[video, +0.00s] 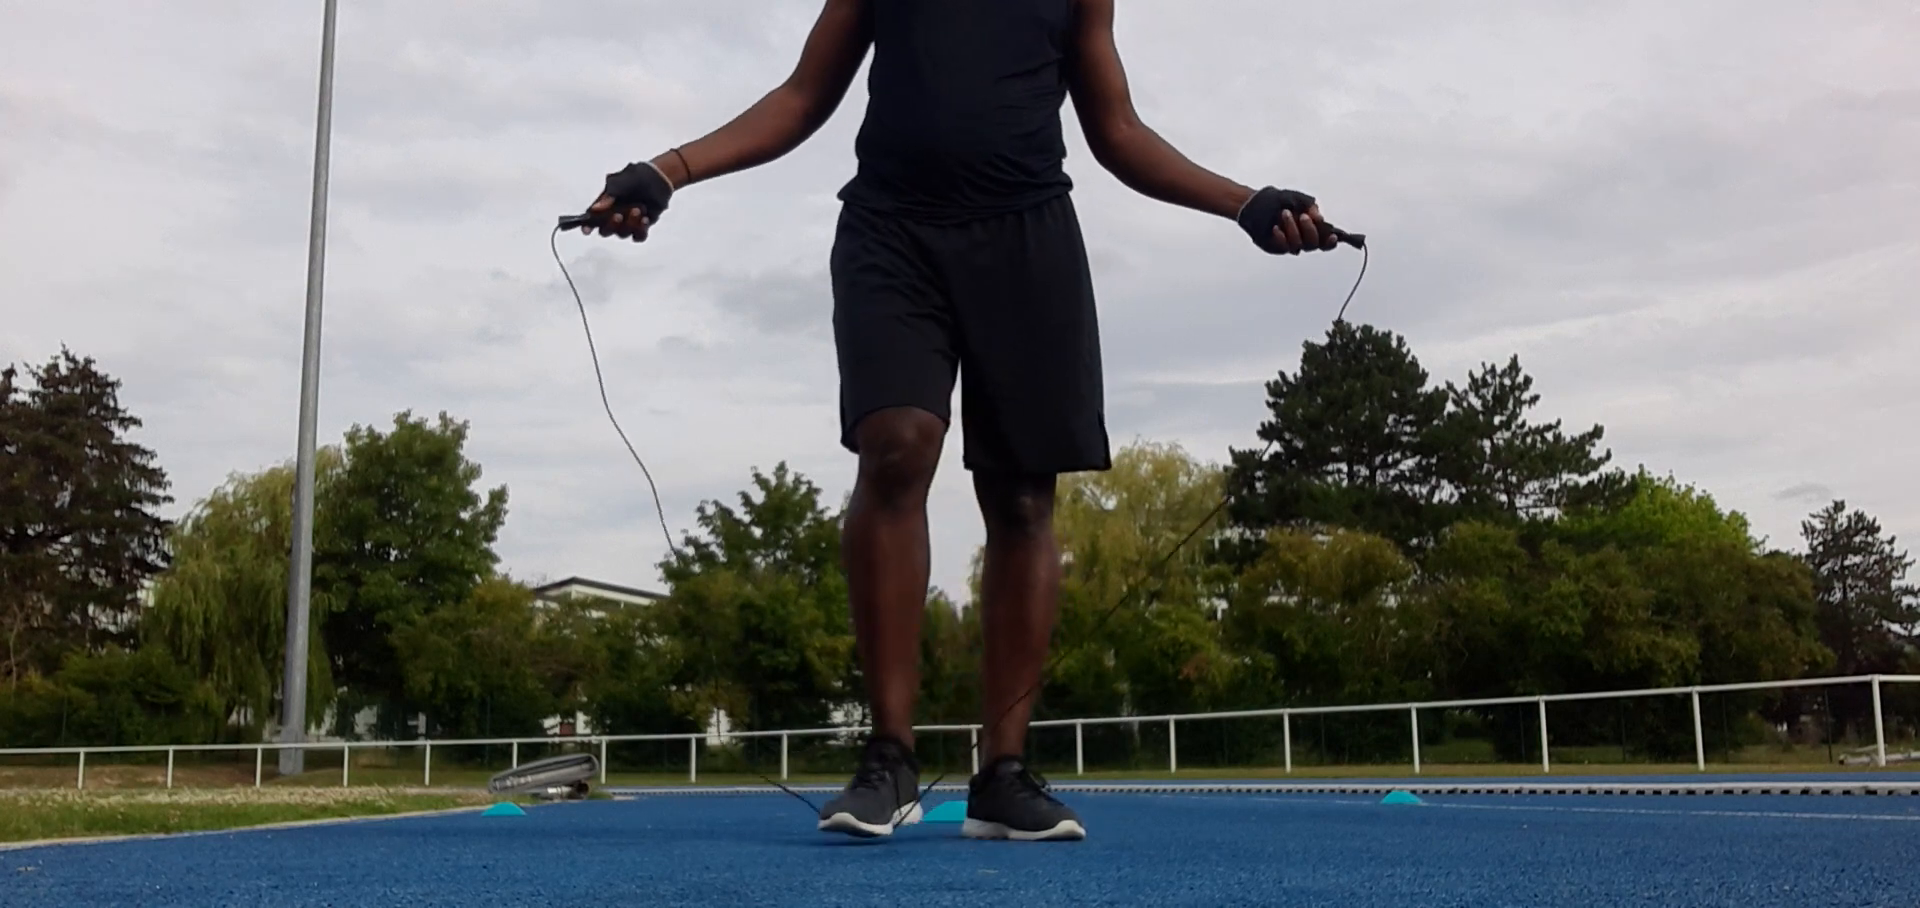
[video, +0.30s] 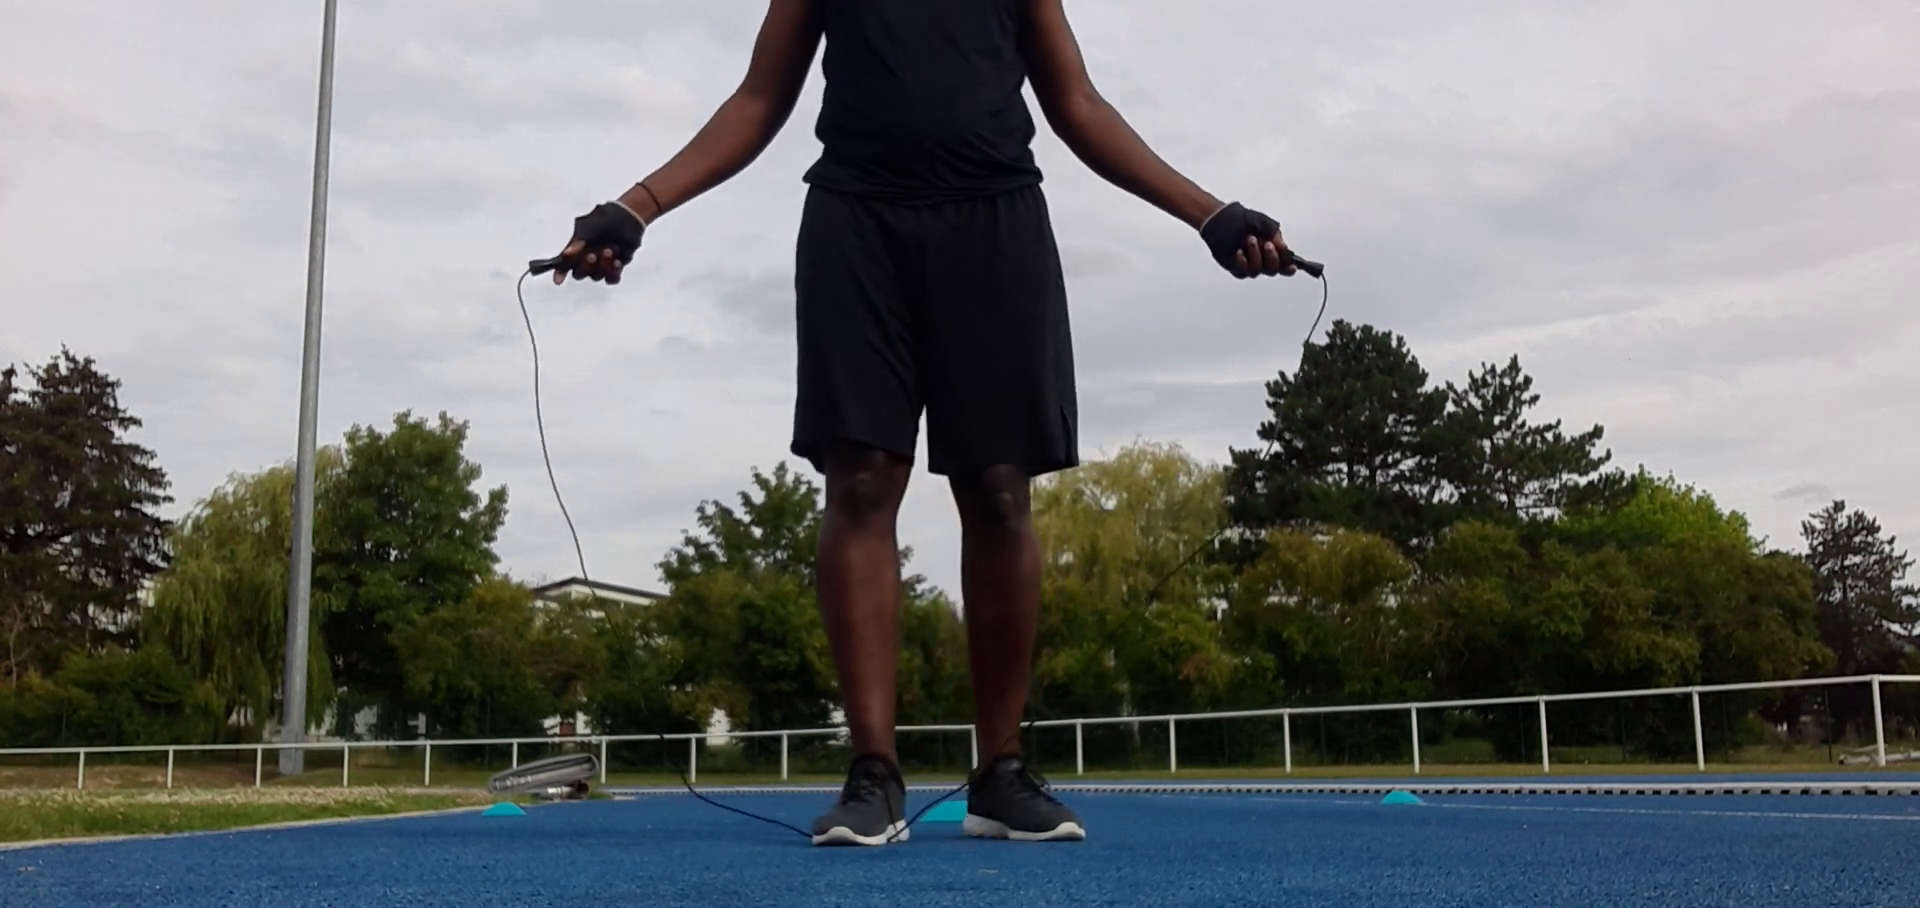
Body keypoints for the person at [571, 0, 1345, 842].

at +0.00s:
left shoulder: (1077, 12)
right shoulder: (871, 8)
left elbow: (1119, 134)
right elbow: (802, 98)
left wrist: (1248, 202)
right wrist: (667, 169)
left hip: (1026, 234)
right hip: (891, 229)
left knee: (1021, 500)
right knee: (896, 455)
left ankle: (1003, 774)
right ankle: (888, 759)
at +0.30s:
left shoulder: (1021, 3)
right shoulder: (814, 2)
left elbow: (1076, 105)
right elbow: (760, 98)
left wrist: (1211, 213)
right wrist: (636, 205)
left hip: (994, 220)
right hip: (856, 222)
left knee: (999, 494)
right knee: (862, 481)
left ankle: (999, 773)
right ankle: (872, 776)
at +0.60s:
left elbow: (1036, 99)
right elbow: (729, 101)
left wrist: (1172, 209)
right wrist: (622, 219)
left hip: (975, 205)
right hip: (834, 212)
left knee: (996, 410)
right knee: (839, 488)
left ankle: (972, 655)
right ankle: (872, 772)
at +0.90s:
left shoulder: (975, 2)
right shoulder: (760, 1)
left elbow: (1027, 90)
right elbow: (720, 95)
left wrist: (1168, 200)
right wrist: (606, 205)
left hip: (972, 197)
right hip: (829, 204)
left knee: (1001, 386)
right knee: (836, 487)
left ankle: (954, 691)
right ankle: (870, 772)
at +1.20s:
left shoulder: (1004, 1)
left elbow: (1057, 84)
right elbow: (736, 78)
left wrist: (1206, 178)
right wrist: (604, 177)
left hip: (983, 200)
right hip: (837, 203)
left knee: (998, 457)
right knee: (845, 483)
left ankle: (1006, 775)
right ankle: (872, 775)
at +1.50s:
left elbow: (1107, 79)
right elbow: (770, 44)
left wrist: (1259, 157)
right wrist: (613, 108)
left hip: (1021, 188)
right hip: (873, 187)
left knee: (1025, 468)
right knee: (884, 466)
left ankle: (1011, 769)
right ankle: (877, 762)